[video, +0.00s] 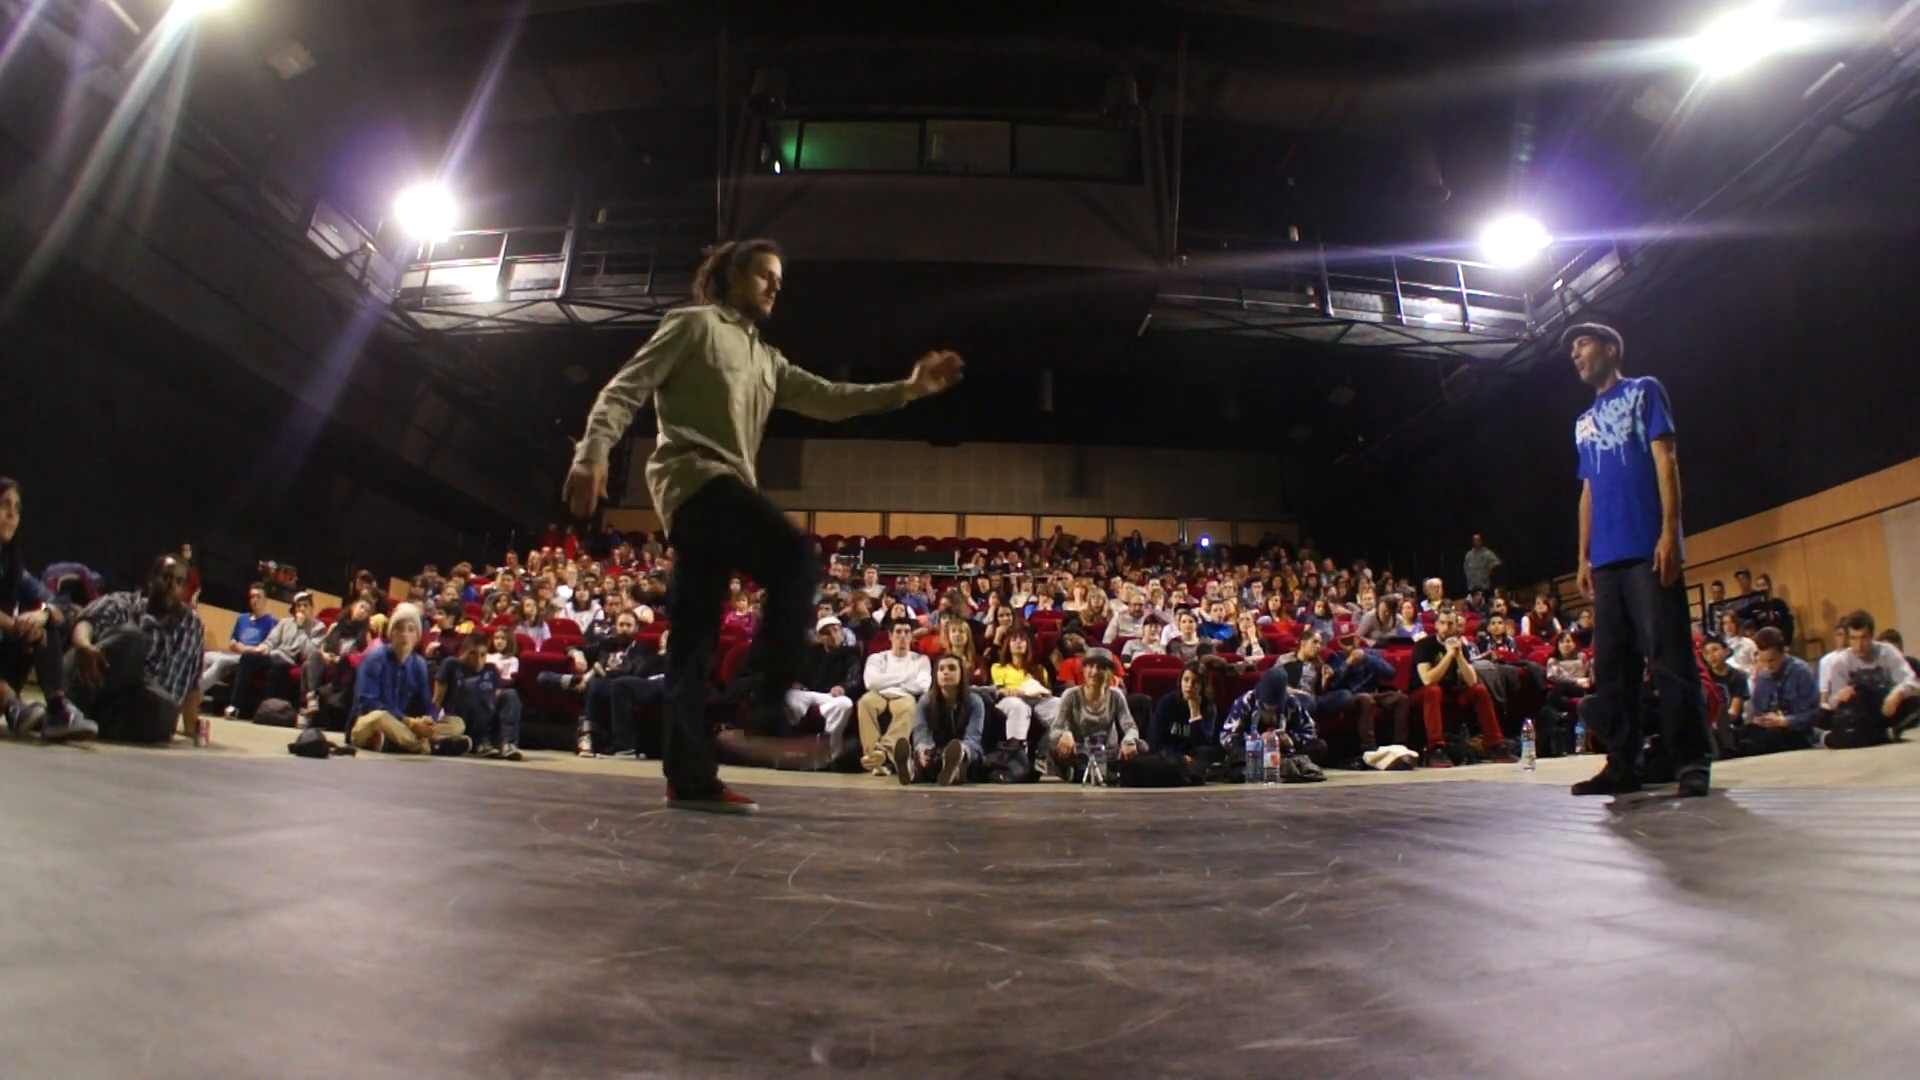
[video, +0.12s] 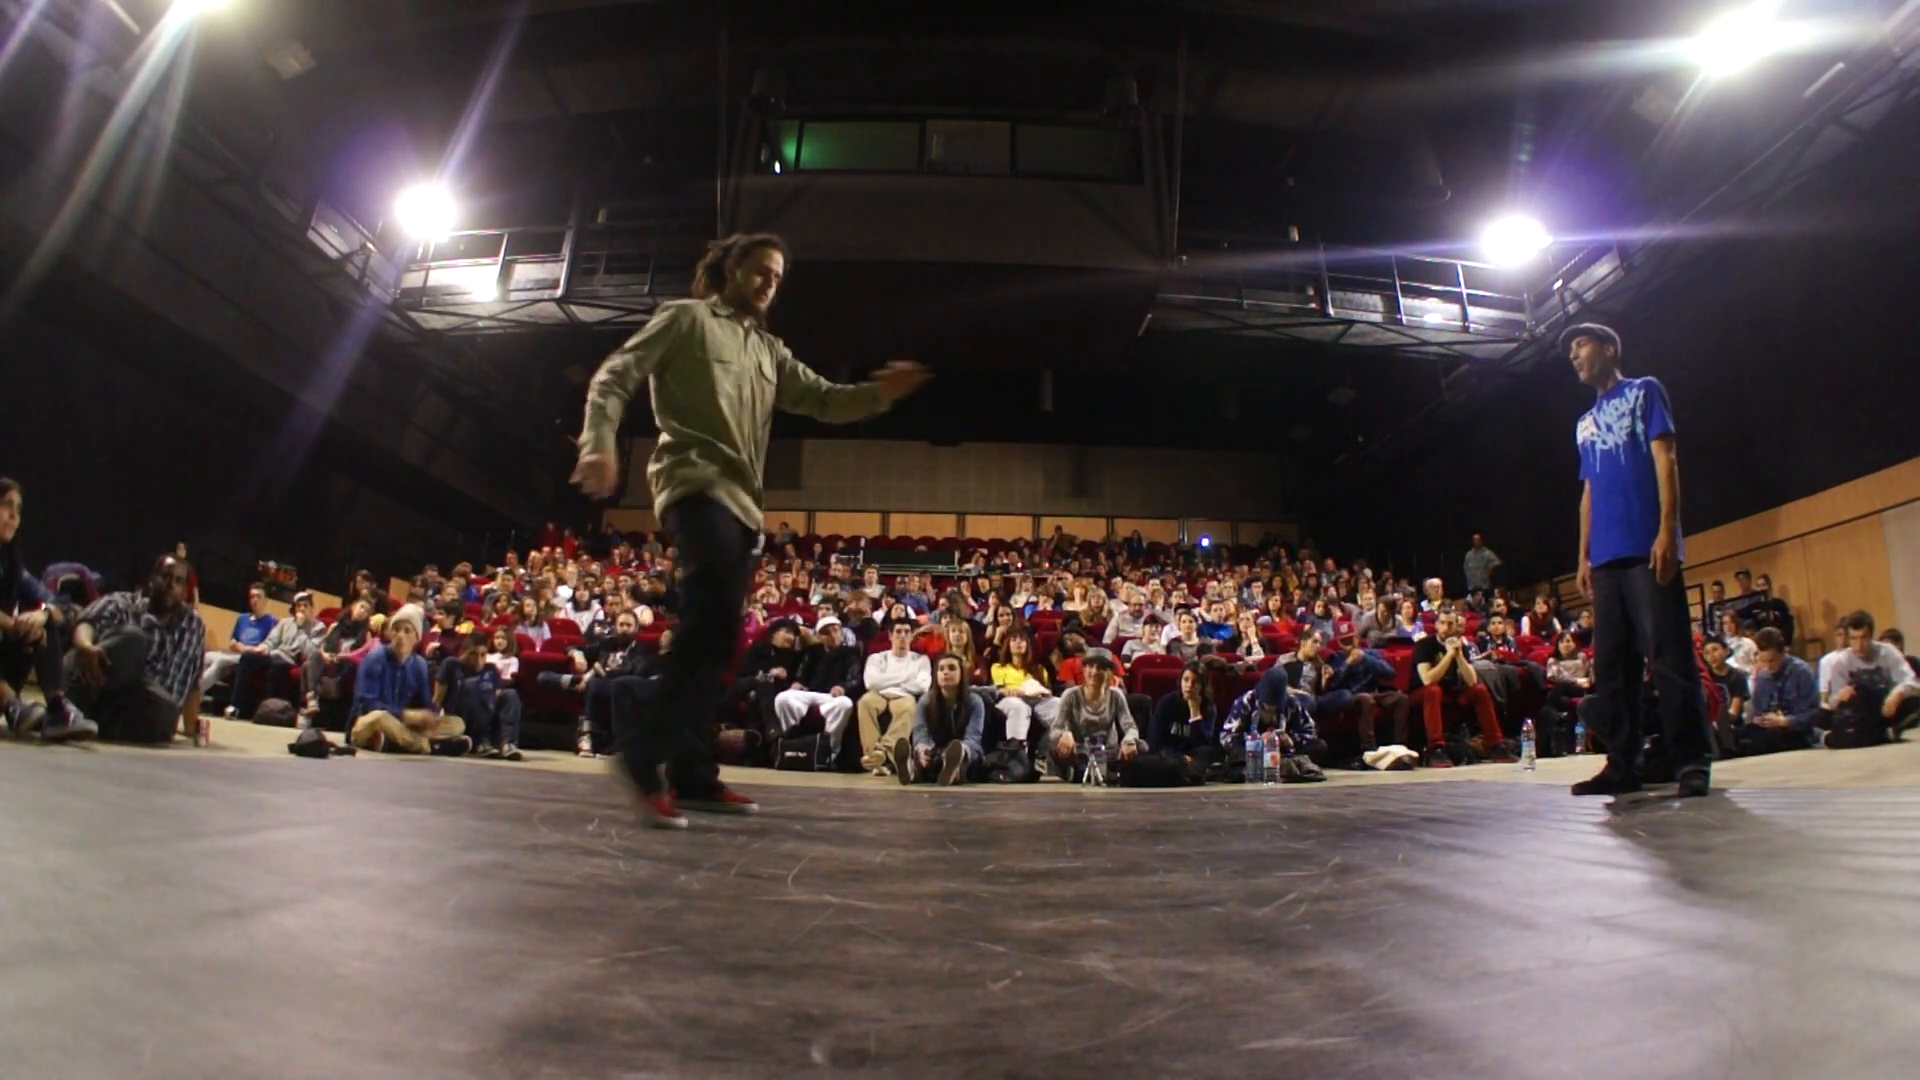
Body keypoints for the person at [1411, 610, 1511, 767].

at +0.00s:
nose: (1445, 628)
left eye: (1450, 624)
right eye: (1442, 623)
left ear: (1456, 627)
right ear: (1436, 624)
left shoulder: (1460, 645)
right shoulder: (1423, 645)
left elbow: (1472, 681)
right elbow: (1427, 679)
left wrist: (1459, 655)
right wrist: (1450, 655)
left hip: (1454, 692)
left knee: (1480, 691)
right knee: (1433, 691)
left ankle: (1497, 745)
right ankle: (1436, 749)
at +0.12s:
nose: (1445, 628)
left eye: (1450, 624)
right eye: (1442, 623)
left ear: (1456, 627)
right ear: (1436, 624)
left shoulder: (1460, 645)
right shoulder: (1423, 645)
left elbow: (1472, 681)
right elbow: (1427, 679)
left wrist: (1459, 655)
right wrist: (1450, 655)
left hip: (1454, 692)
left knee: (1480, 691)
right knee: (1434, 691)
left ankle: (1496, 745)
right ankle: (1436, 748)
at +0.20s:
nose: (1445, 628)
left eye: (1450, 624)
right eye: (1442, 623)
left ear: (1456, 627)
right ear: (1436, 624)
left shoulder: (1460, 645)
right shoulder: (1424, 645)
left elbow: (1472, 681)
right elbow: (1427, 679)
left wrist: (1459, 655)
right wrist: (1450, 655)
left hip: (1454, 692)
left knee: (1480, 691)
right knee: (1434, 691)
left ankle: (1496, 745)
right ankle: (1436, 748)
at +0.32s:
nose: (1445, 628)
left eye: (1450, 624)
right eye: (1442, 623)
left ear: (1456, 626)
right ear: (1436, 624)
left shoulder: (1461, 645)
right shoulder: (1424, 645)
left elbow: (1472, 681)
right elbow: (1427, 679)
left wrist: (1459, 655)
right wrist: (1450, 655)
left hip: (1453, 693)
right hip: (1426, 694)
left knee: (1480, 690)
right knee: (1433, 691)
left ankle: (1497, 746)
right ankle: (1436, 749)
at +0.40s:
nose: (1445, 628)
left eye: (1450, 624)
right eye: (1442, 623)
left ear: (1456, 626)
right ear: (1436, 624)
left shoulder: (1461, 646)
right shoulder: (1424, 645)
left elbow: (1472, 681)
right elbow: (1427, 679)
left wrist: (1459, 655)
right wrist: (1450, 655)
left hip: (1453, 693)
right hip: (1425, 694)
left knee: (1480, 690)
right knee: (1433, 691)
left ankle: (1497, 745)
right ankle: (1437, 749)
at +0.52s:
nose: (1445, 628)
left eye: (1450, 624)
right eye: (1442, 623)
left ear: (1456, 626)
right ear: (1436, 624)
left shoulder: (1461, 646)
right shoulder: (1424, 645)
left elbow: (1472, 681)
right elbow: (1427, 679)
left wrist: (1459, 655)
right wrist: (1450, 655)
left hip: (1454, 693)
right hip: (1426, 694)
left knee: (1480, 690)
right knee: (1433, 691)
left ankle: (1497, 745)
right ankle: (1437, 749)